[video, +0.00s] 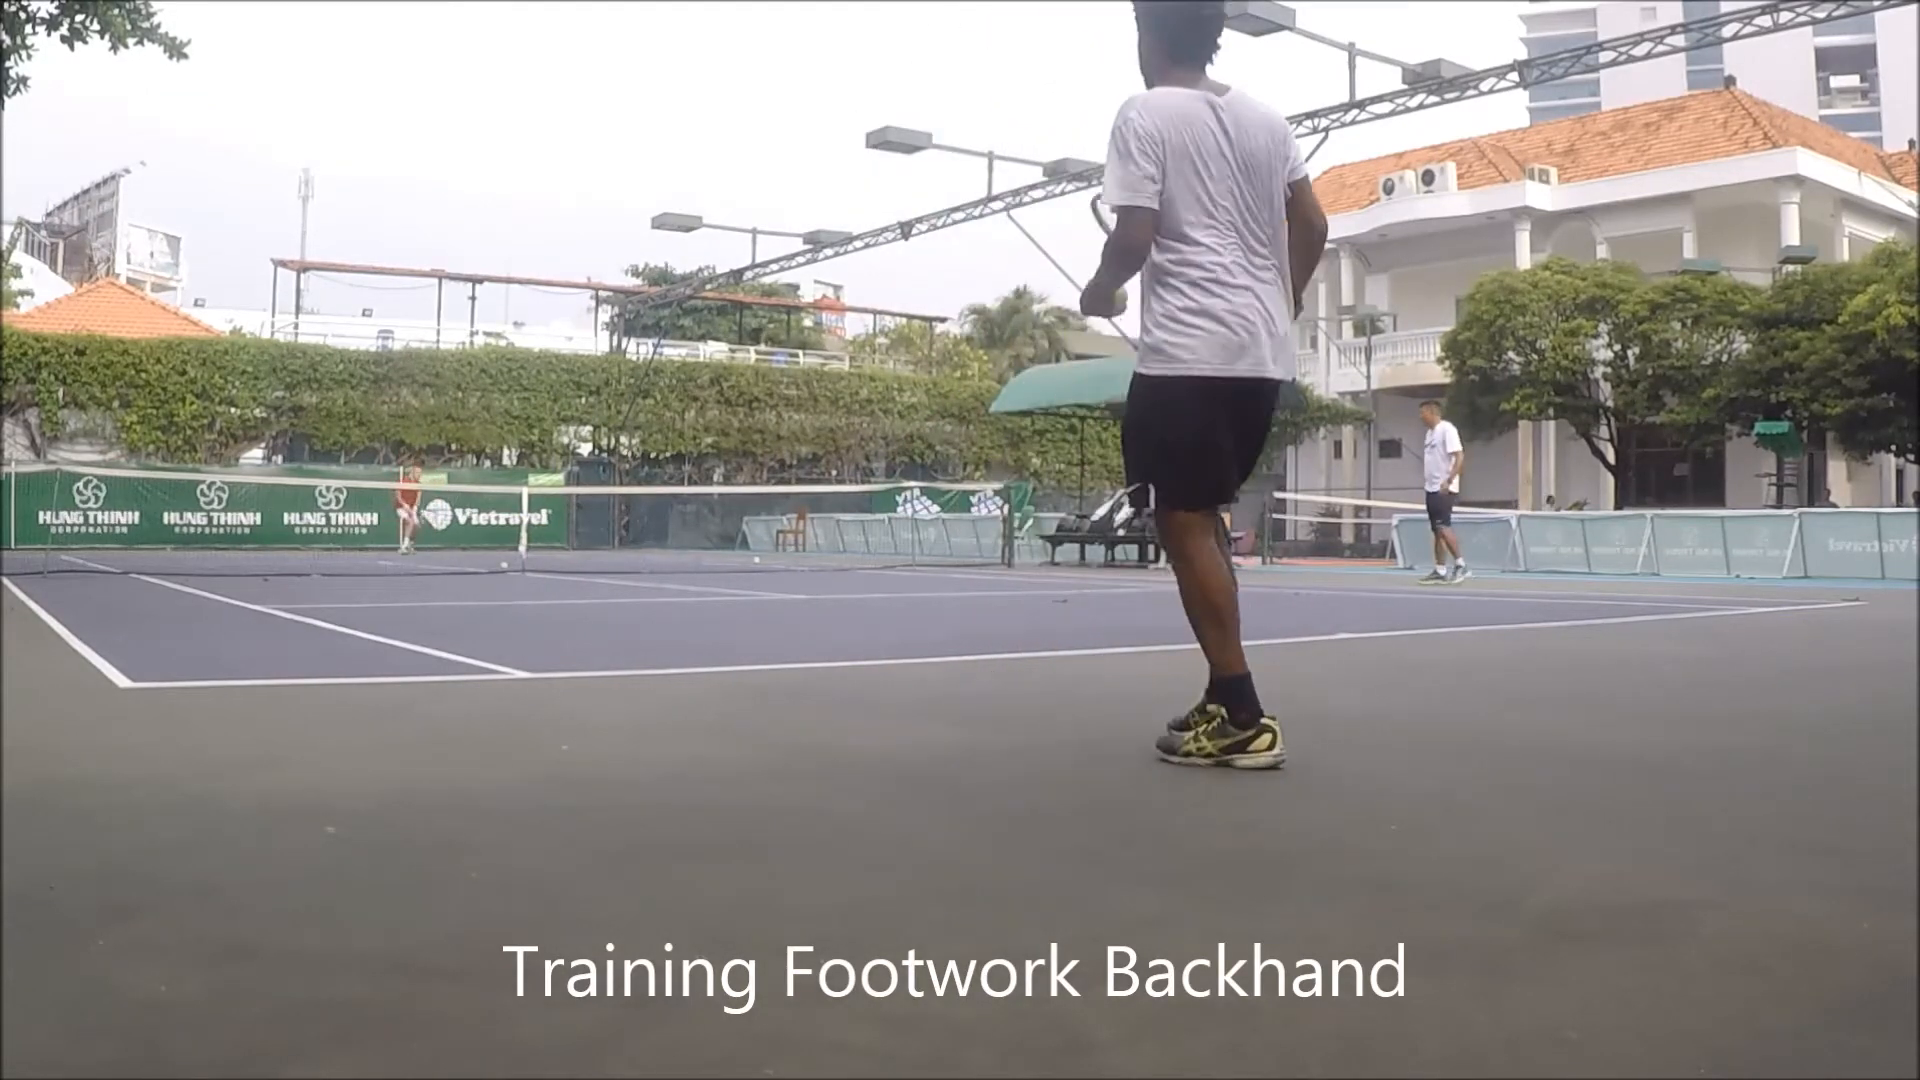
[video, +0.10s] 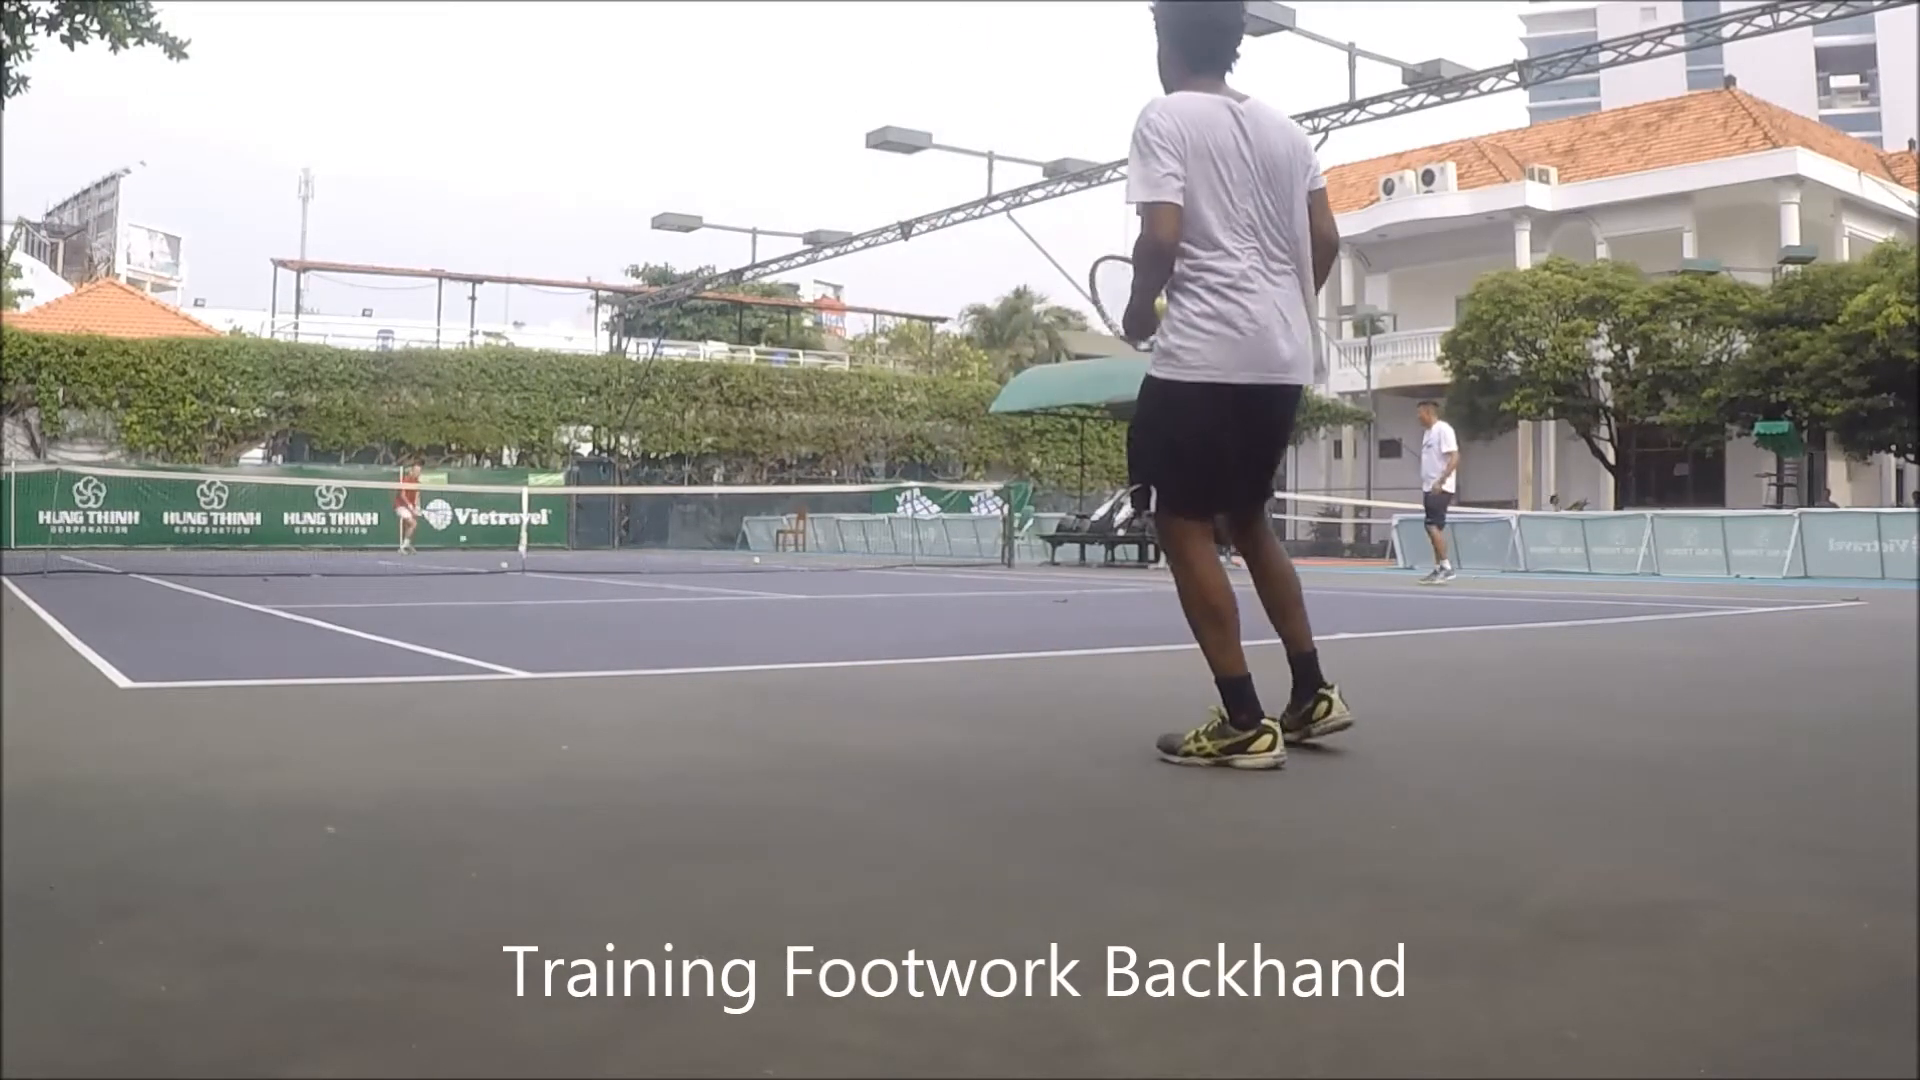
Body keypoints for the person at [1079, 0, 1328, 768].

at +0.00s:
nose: (1135, 47)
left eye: (1137, 32)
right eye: (1141, 32)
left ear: (1149, 37)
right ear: (1212, 42)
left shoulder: (1146, 113)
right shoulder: (1266, 122)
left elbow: (1136, 233)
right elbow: (1312, 228)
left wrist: (1102, 286)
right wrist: (1276, 303)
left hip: (1186, 357)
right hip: (1264, 359)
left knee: (1185, 525)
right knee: (1199, 520)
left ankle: (1243, 717)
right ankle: (1224, 697)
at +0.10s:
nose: (1154, 56)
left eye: (1156, 42)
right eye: (1159, 41)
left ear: (1169, 47)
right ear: (1231, 50)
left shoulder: (1165, 117)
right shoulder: (1286, 131)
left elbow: (1162, 236)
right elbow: (1325, 239)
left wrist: (1139, 309)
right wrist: (1285, 311)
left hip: (1202, 359)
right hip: (1284, 361)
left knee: (1185, 533)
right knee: (1249, 520)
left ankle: (1243, 722)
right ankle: (1313, 693)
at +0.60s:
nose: (1244, 64)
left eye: (1246, 52)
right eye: (1249, 51)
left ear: (1255, 56)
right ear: (1323, 57)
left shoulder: (1255, 124)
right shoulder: (1373, 140)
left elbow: (1231, 240)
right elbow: (1405, 251)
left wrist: (1205, 285)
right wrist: (1351, 298)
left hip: (1285, 360)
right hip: (1376, 362)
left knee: (1238, 522)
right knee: (1370, 526)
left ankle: (1247, 719)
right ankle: (1407, 708)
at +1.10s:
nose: (1178, 98)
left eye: (1180, 86)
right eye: (1180, 85)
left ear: (1191, 86)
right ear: (1256, 89)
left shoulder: (1202, 153)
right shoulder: (1310, 165)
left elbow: (1200, 271)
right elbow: (1339, 276)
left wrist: (1157, 299)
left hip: (1254, 373)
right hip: (1341, 383)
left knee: (1139, 525)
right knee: (1326, 548)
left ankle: (1144, 717)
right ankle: (1402, 710)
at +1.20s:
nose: (1130, 95)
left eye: (1132, 81)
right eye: (1132, 81)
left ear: (1144, 83)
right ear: (1205, 83)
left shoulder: (1162, 153)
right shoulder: (1253, 158)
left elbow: (1159, 274)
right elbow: (1256, 280)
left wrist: (1098, 290)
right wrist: (1166, 323)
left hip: (1209, 373)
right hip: (1291, 380)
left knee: (1098, 527)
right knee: (1300, 547)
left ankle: (1129, 725)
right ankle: (1397, 708)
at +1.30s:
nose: (1078, 89)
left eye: (1081, 73)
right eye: (1079, 73)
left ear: (1097, 73)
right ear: (1155, 73)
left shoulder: (1128, 140)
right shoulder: (1191, 145)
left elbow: (1110, 260)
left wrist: (1039, 272)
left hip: (1174, 370)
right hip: (1246, 374)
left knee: (1074, 527)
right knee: (1236, 541)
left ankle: (1129, 726)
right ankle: (1358, 688)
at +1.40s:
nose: (1035, 74)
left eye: (1036, 57)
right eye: (1034, 58)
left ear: (1056, 59)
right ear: (1112, 53)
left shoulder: (1108, 120)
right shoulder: (1127, 129)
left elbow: (1078, 233)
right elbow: (1078, 265)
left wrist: (983, 235)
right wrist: (998, 298)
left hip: (1150, 354)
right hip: (1203, 356)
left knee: (1072, 522)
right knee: (1162, 538)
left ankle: (1130, 726)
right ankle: (1301, 671)